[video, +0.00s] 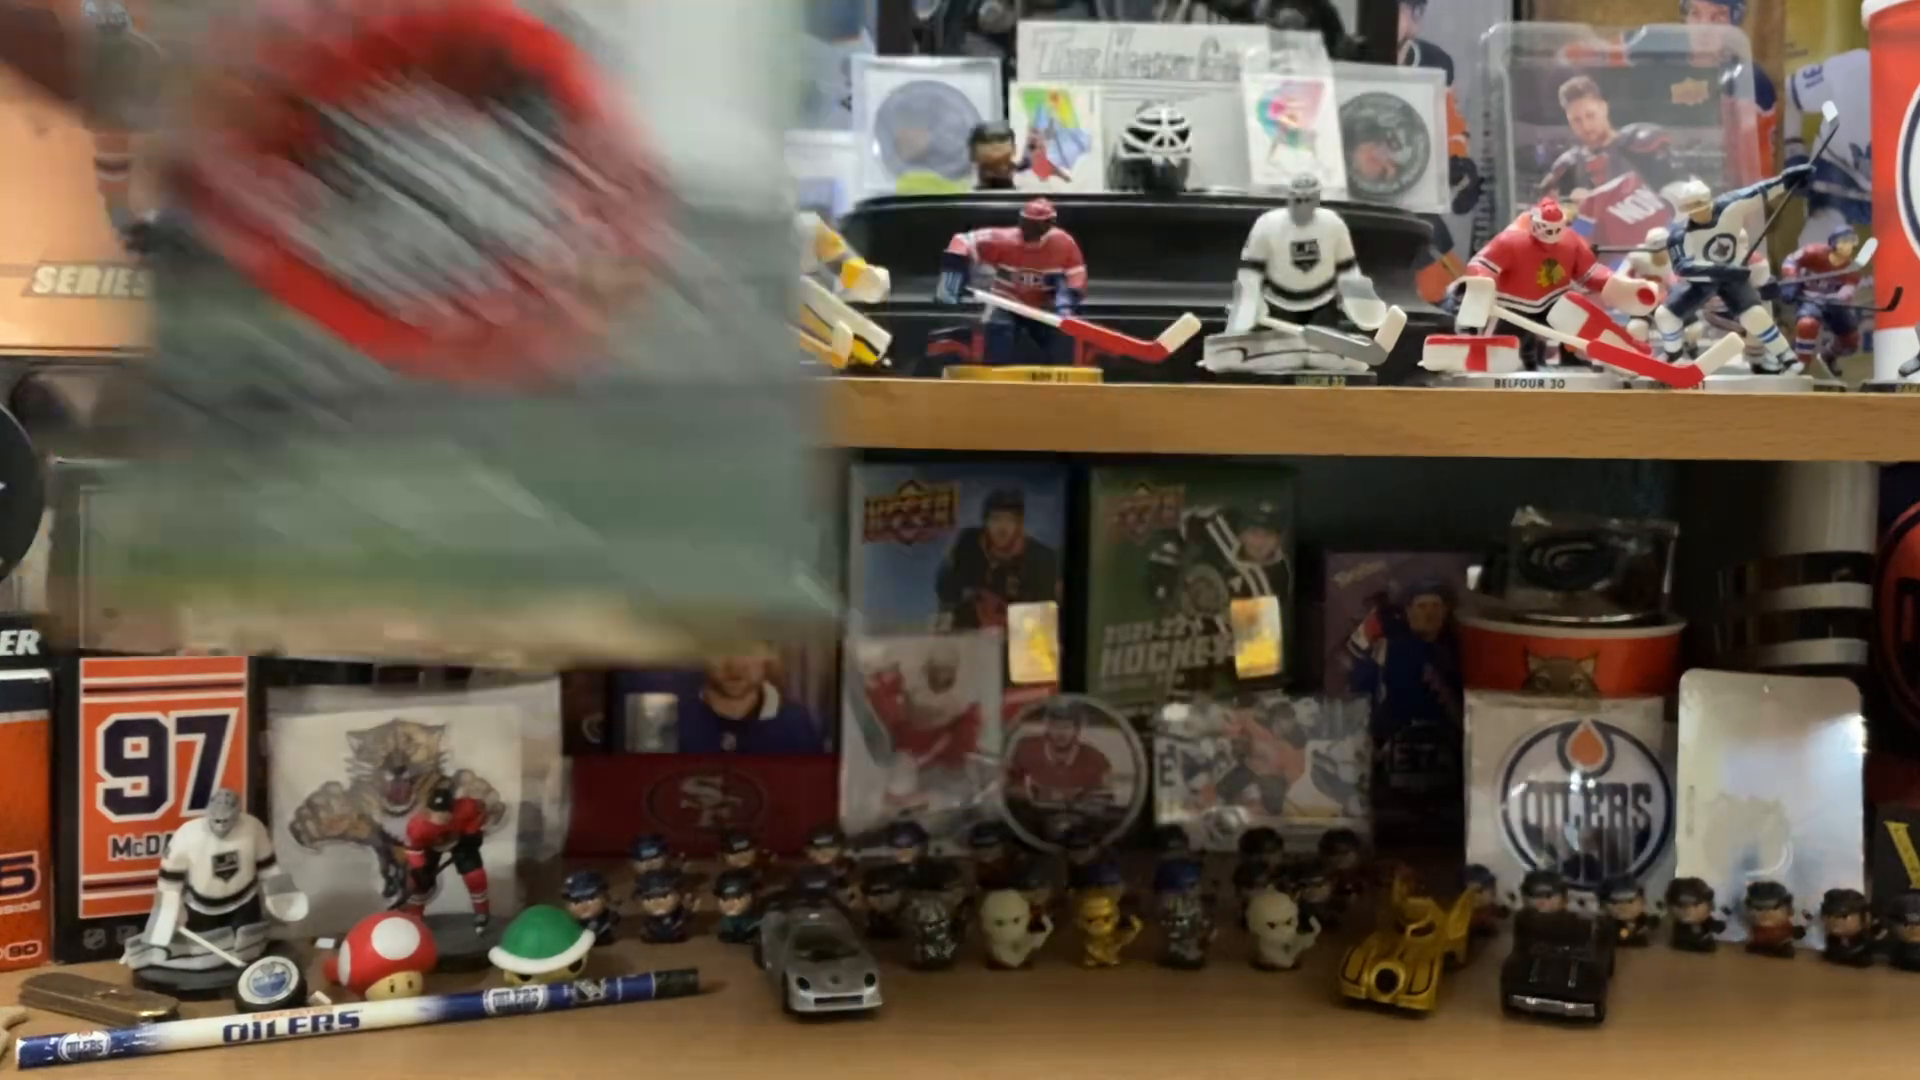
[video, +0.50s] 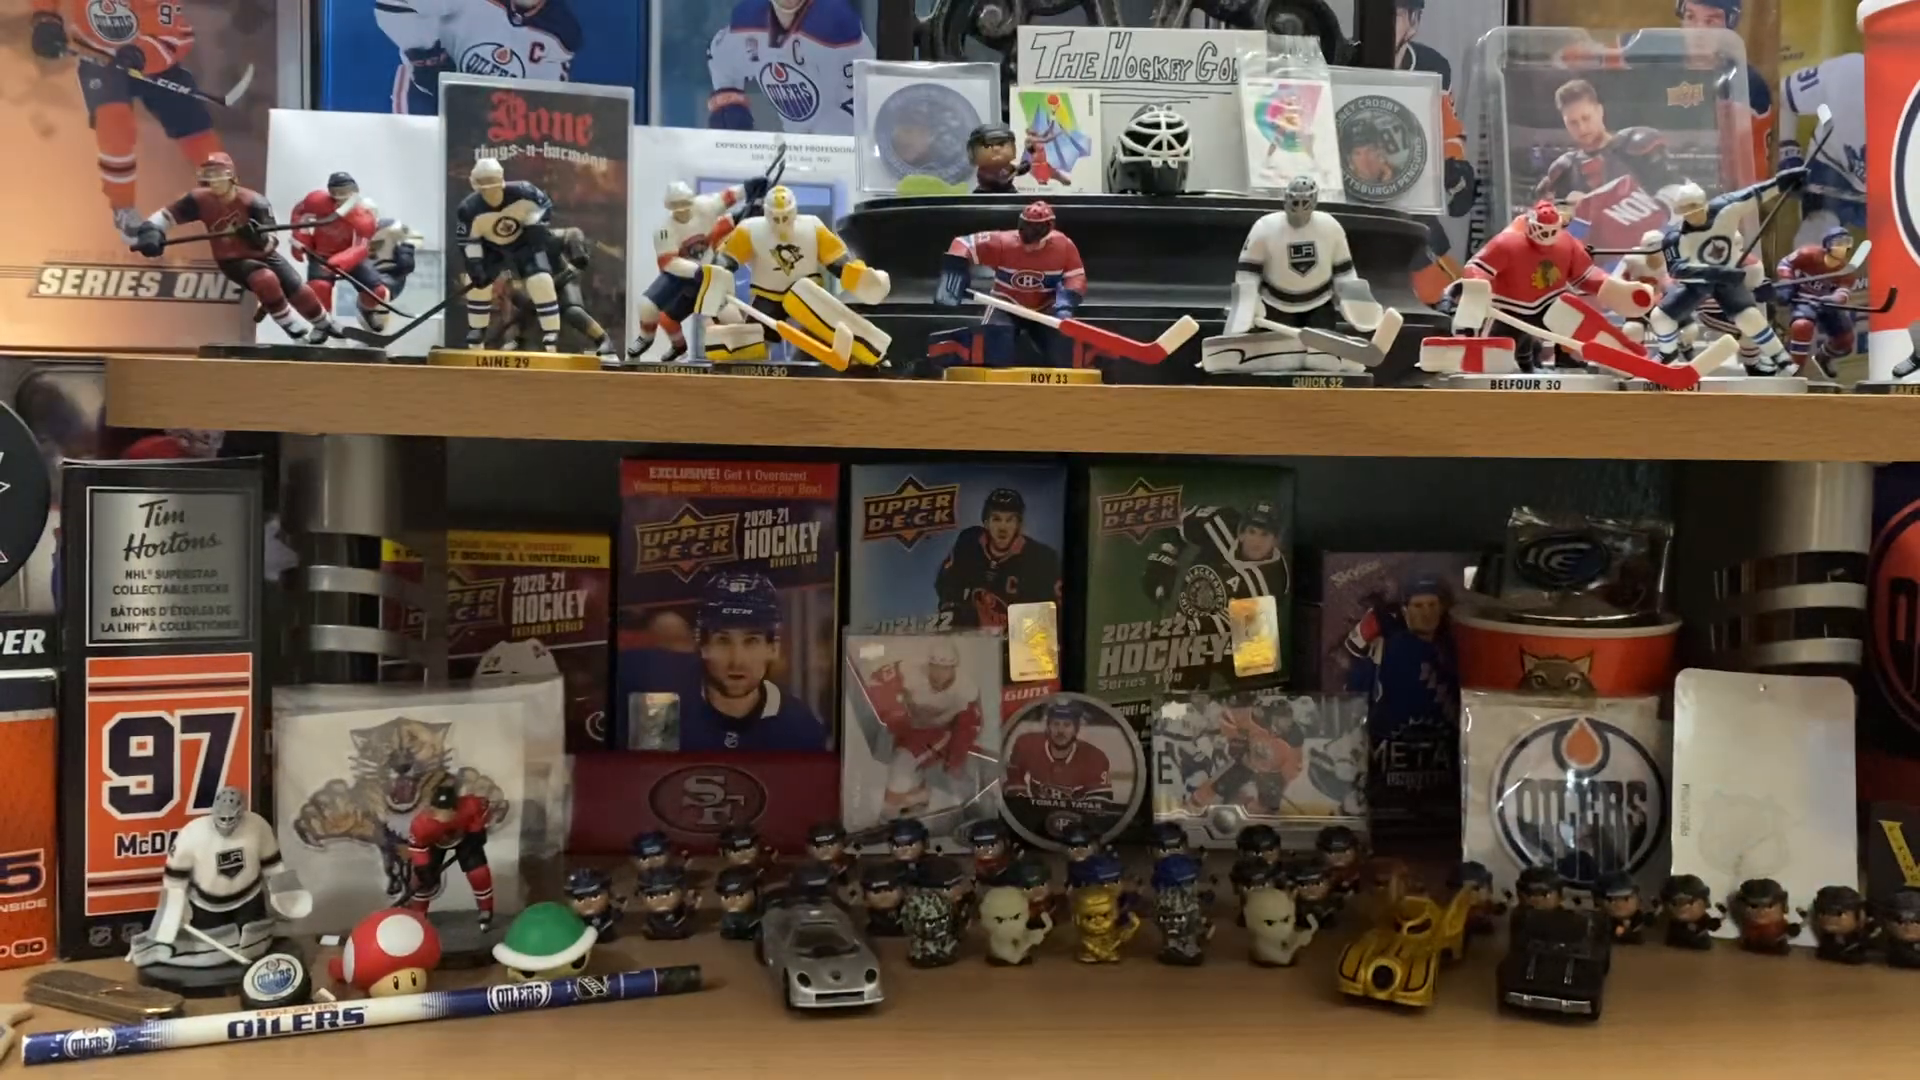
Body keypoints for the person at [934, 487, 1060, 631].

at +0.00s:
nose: (1002, 528)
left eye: (1009, 521)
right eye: (995, 520)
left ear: (1020, 523)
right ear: (986, 522)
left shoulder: (1041, 557)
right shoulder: (968, 543)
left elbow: (1043, 609)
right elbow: (944, 586)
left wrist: (1005, 615)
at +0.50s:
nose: (1003, 527)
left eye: (1009, 520)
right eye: (996, 520)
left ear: (1019, 524)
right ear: (986, 522)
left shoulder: (1041, 557)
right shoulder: (968, 542)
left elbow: (1045, 605)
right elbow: (944, 581)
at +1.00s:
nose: (1003, 527)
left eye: (1009, 520)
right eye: (996, 520)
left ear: (1019, 524)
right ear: (986, 523)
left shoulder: (1041, 557)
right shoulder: (968, 542)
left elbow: (1046, 604)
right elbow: (944, 580)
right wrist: (949, 608)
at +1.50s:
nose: (1003, 527)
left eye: (1010, 521)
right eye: (996, 520)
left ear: (1019, 524)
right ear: (986, 523)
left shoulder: (1042, 557)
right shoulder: (969, 541)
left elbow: (1047, 604)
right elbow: (945, 578)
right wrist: (949, 606)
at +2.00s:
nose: (1003, 527)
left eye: (1010, 520)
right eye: (996, 520)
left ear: (1019, 525)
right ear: (986, 522)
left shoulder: (1042, 557)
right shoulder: (969, 541)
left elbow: (1046, 605)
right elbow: (945, 578)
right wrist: (950, 607)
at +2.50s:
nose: (1002, 527)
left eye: (1009, 520)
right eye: (996, 520)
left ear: (1019, 525)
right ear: (985, 523)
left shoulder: (1042, 558)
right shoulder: (968, 542)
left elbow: (1045, 607)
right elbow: (944, 581)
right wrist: (949, 607)